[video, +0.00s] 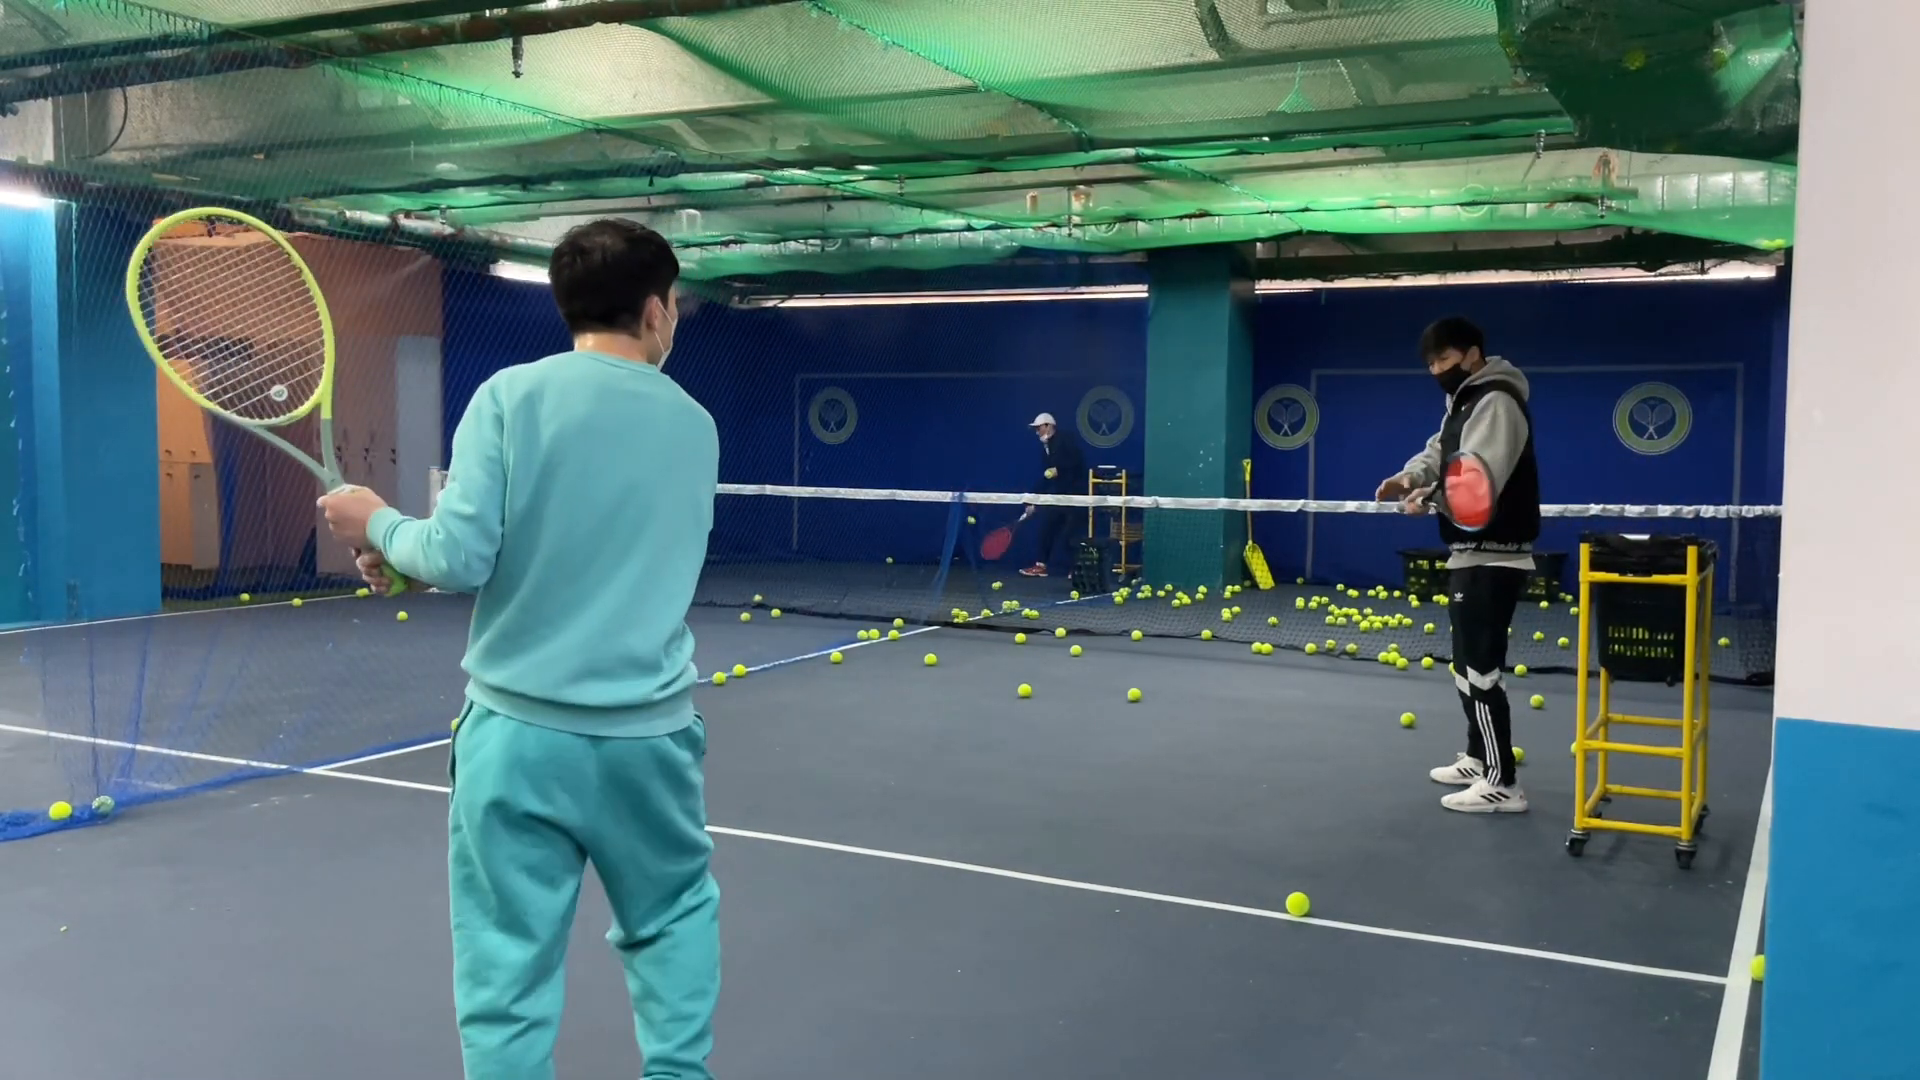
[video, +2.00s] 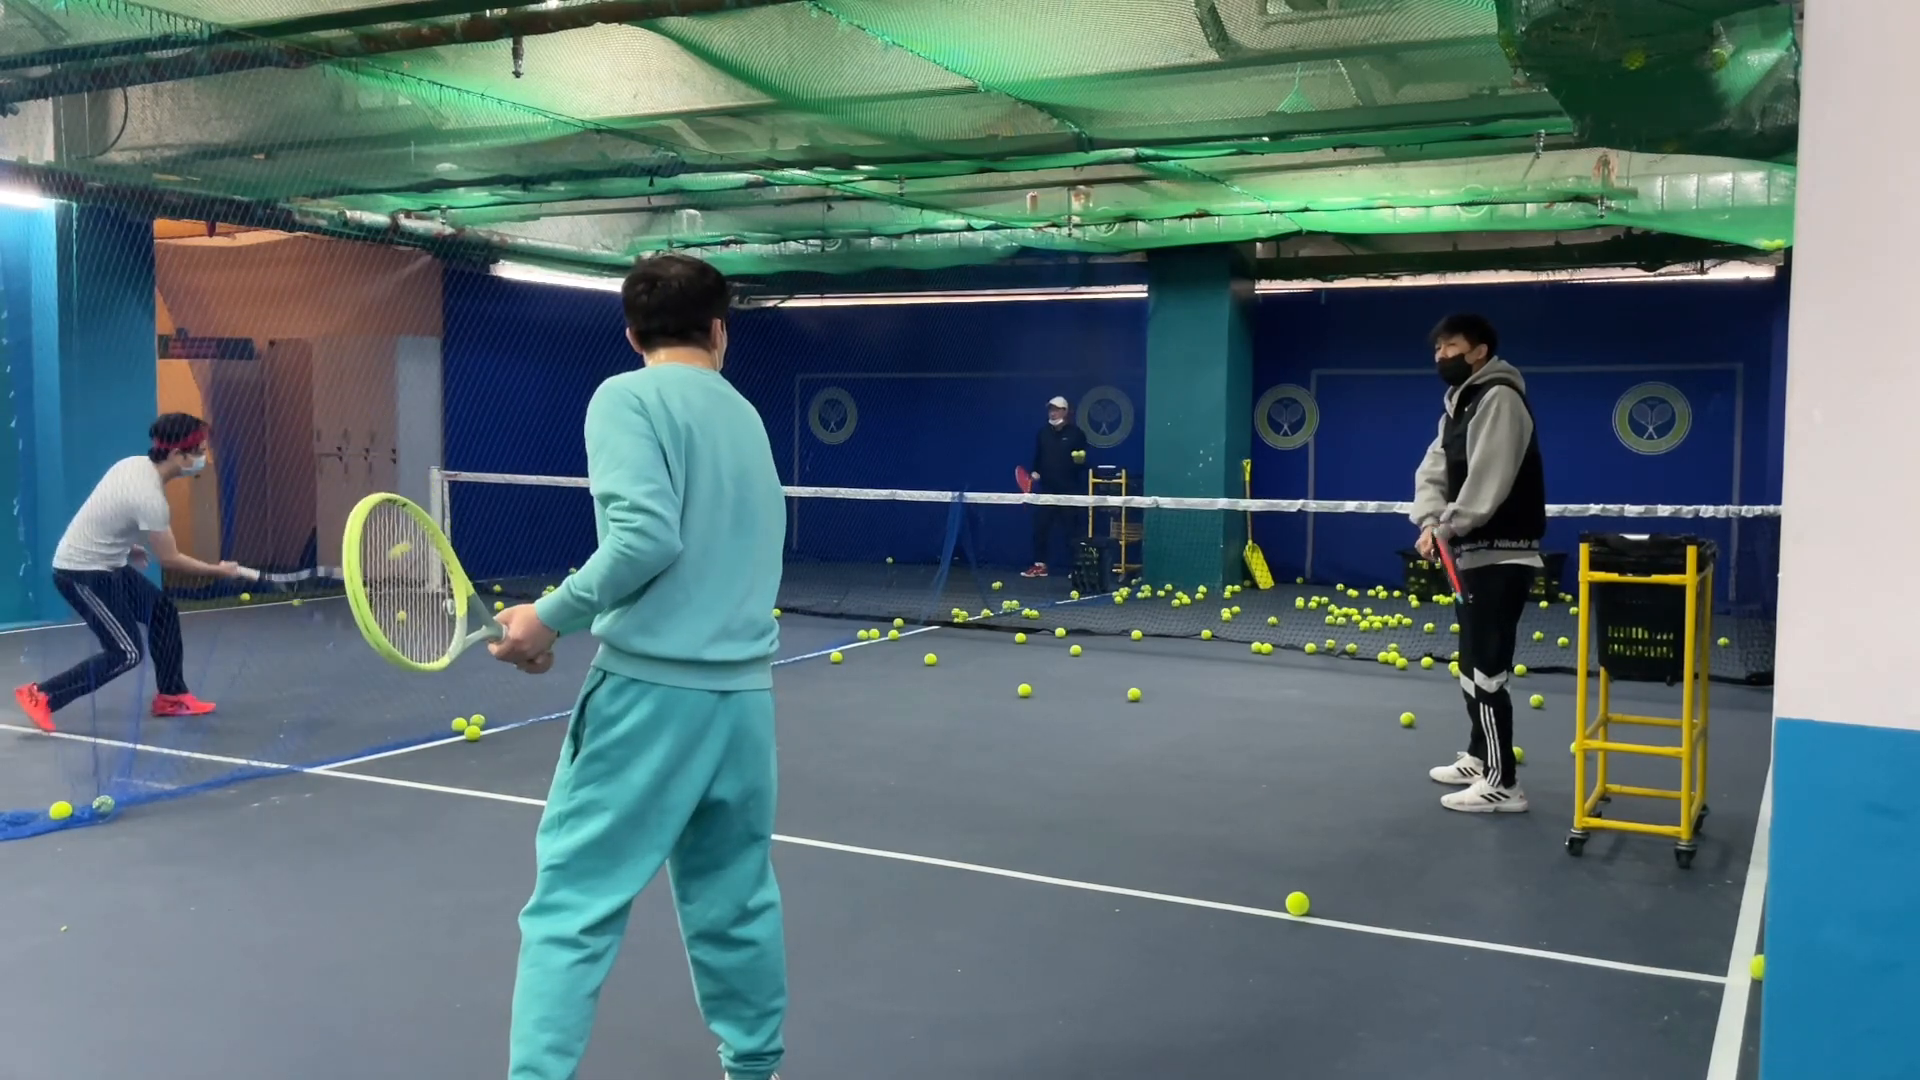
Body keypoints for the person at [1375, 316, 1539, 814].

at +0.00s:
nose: (1438, 367)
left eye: (1444, 356)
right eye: (1433, 361)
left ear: (1473, 352)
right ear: (1436, 365)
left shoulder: (1497, 402)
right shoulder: (1464, 401)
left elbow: (1479, 473)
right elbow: (1441, 451)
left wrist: (1435, 495)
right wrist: (1412, 476)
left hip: (1497, 556)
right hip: (1468, 554)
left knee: (1481, 670)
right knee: (1465, 667)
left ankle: (1502, 786)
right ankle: (1478, 760)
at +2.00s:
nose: (1442, 356)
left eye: (1452, 346)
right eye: (1438, 350)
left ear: (1482, 349)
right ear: (1440, 359)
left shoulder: (1500, 398)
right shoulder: (1459, 402)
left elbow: (1490, 476)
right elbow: (1433, 469)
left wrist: (1448, 526)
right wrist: (1430, 519)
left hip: (1503, 556)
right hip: (1475, 555)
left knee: (1487, 673)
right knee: (1472, 667)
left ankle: (1501, 786)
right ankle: (1482, 760)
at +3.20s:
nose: (1409, 375)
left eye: (1413, 365)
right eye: (1409, 367)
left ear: (1438, 364)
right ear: (1447, 365)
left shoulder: (1456, 414)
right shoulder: (1473, 409)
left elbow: (1434, 490)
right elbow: (1441, 488)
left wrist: (1387, 523)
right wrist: (1388, 516)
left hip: (1463, 565)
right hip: (1482, 563)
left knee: (1412, 658)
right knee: (1452, 659)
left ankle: (1468, 760)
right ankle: (1479, 759)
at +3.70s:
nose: (1363, 381)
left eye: (1364, 372)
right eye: (1362, 372)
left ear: (1379, 370)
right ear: (1403, 368)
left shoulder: (1395, 417)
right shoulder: (1425, 412)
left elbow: (1366, 495)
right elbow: (1397, 502)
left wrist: (1324, 509)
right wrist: (1340, 526)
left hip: (1407, 571)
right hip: (1428, 568)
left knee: (1375, 669)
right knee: (1391, 661)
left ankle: (1420, 778)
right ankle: (1440, 746)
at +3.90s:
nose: (1335, 370)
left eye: (1335, 362)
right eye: (1335, 362)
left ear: (1348, 361)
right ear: (1379, 357)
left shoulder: (1360, 406)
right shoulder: (1398, 403)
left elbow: (1334, 482)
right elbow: (1368, 488)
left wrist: (1298, 505)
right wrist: (1313, 518)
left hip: (1382, 561)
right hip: (1396, 557)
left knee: (1371, 666)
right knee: (1353, 657)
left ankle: (1421, 775)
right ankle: (1371, 758)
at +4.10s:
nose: (1304, 380)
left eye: (1303, 372)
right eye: (1303, 372)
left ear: (1315, 370)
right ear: (1344, 365)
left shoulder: (1331, 412)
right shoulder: (1364, 409)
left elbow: (1305, 488)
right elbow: (1334, 499)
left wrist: (1261, 505)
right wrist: (1273, 520)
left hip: (1348, 567)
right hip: (1371, 565)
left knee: (1305, 664)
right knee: (1331, 664)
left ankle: (1384, 745)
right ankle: (1354, 763)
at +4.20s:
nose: (1285, 386)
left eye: (1284, 377)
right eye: (1284, 378)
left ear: (1297, 373)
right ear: (1323, 369)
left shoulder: (1318, 415)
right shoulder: (1344, 412)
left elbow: (1291, 488)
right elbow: (1312, 500)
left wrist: (1242, 506)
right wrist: (1254, 520)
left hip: (1332, 566)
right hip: (1354, 565)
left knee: (1271, 654)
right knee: (1318, 662)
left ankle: (1326, 752)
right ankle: (1357, 761)